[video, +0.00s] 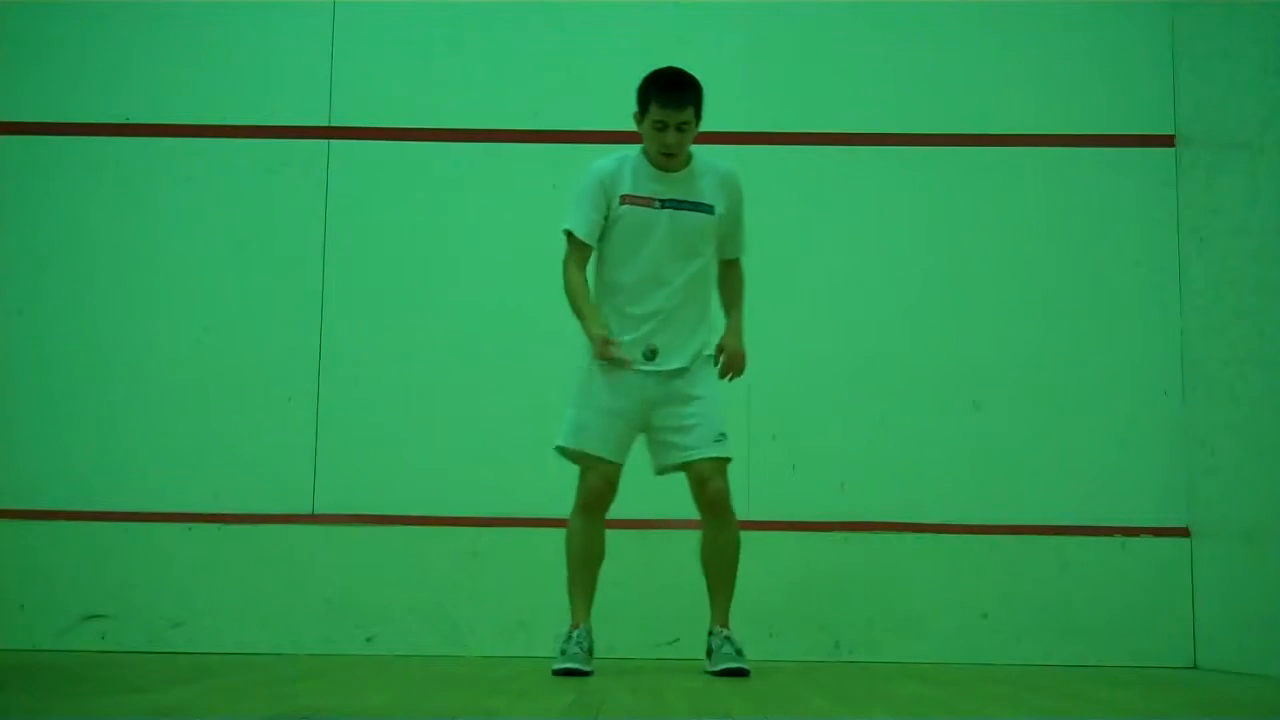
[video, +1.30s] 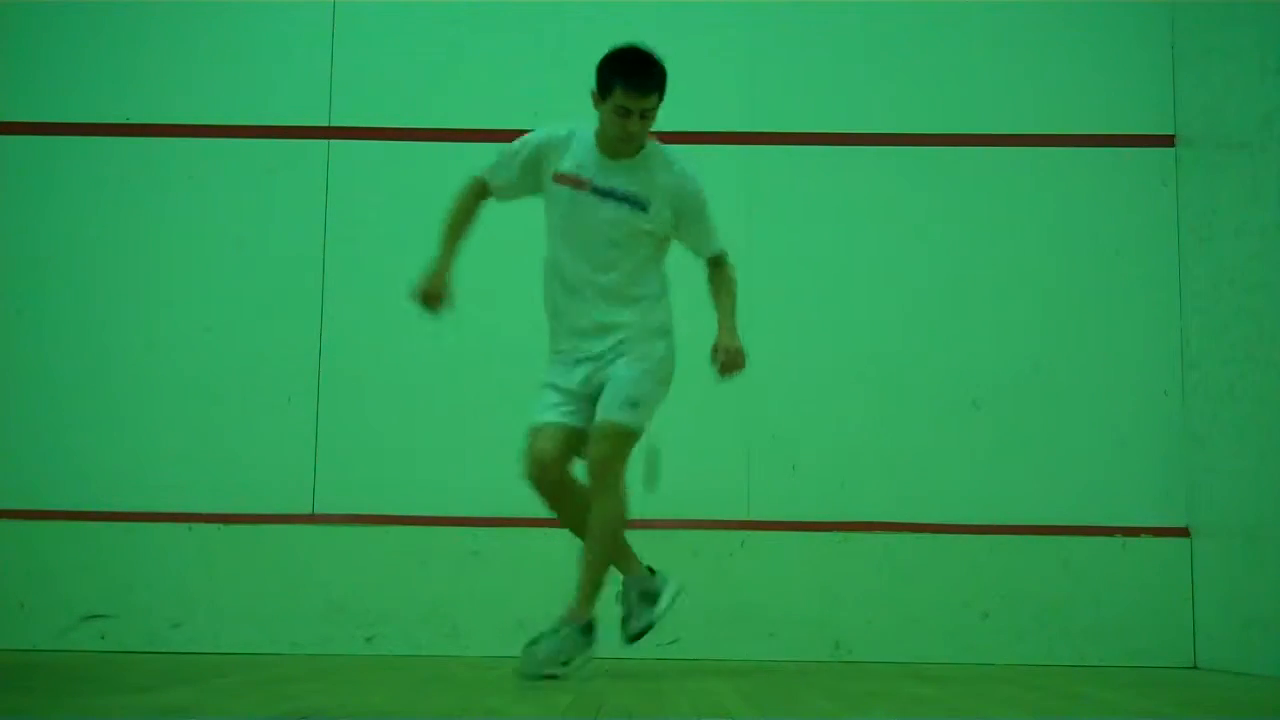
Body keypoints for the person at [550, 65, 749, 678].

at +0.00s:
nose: (670, 140)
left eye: (682, 128)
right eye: (659, 127)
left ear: (698, 125)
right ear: (639, 122)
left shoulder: (723, 185)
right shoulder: (608, 177)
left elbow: (731, 264)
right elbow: (573, 265)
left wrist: (734, 330)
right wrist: (594, 331)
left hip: (690, 372)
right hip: (616, 367)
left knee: (716, 495)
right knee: (594, 491)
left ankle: (721, 633)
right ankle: (578, 631)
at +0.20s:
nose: (698, 135)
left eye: (709, 124)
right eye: (687, 122)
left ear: (724, 123)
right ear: (666, 117)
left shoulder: (750, 178)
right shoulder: (629, 171)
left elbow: (773, 255)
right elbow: (591, 252)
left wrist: (770, 327)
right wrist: (568, 336)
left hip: (718, 353)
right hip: (646, 346)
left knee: (724, 491)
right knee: (629, 425)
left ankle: (723, 632)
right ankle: (642, 568)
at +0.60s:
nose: (709, 155)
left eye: (721, 144)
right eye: (699, 143)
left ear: (736, 145)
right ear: (680, 140)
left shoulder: (763, 226)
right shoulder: (641, 207)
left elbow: (787, 298)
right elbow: (602, 288)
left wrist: (805, 346)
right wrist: (589, 376)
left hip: (727, 373)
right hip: (657, 358)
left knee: (737, 497)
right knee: (686, 405)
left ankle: (722, 634)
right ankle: (710, 536)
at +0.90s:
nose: (680, 114)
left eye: (692, 104)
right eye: (670, 102)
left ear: (705, 110)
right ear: (649, 104)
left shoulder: (734, 191)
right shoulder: (609, 181)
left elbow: (760, 268)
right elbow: (584, 264)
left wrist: (770, 321)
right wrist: (582, 344)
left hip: (704, 362)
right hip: (630, 356)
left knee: (715, 497)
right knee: (606, 453)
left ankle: (721, 631)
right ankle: (637, 592)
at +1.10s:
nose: (654, 124)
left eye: (666, 113)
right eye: (644, 111)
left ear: (681, 116)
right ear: (621, 109)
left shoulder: (702, 195)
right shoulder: (581, 180)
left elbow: (731, 278)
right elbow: (533, 247)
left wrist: (748, 345)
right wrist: (518, 334)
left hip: (669, 361)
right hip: (599, 364)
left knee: (652, 457)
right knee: (602, 499)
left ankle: (684, 590)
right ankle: (636, 629)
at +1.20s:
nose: (646, 115)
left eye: (658, 103)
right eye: (635, 101)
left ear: (671, 101)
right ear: (611, 93)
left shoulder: (690, 176)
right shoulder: (567, 151)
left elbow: (726, 250)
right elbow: (508, 205)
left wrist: (742, 316)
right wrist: (485, 290)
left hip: (652, 333)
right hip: (585, 336)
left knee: (625, 440)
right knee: (584, 479)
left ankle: (630, 600)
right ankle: (632, 606)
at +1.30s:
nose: (636, 127)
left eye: (647, 115)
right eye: (625, 113)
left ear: (658, 112)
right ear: (598, 104)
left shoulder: (672, 182)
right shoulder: (553, 151)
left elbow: (718, 262)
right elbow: (478, 188)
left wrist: (727, 332)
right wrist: (440, 269)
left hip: (640, 344)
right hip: (573, 346)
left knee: (605, 459)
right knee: (544, 465)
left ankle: (578, 621)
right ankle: (640, 576)